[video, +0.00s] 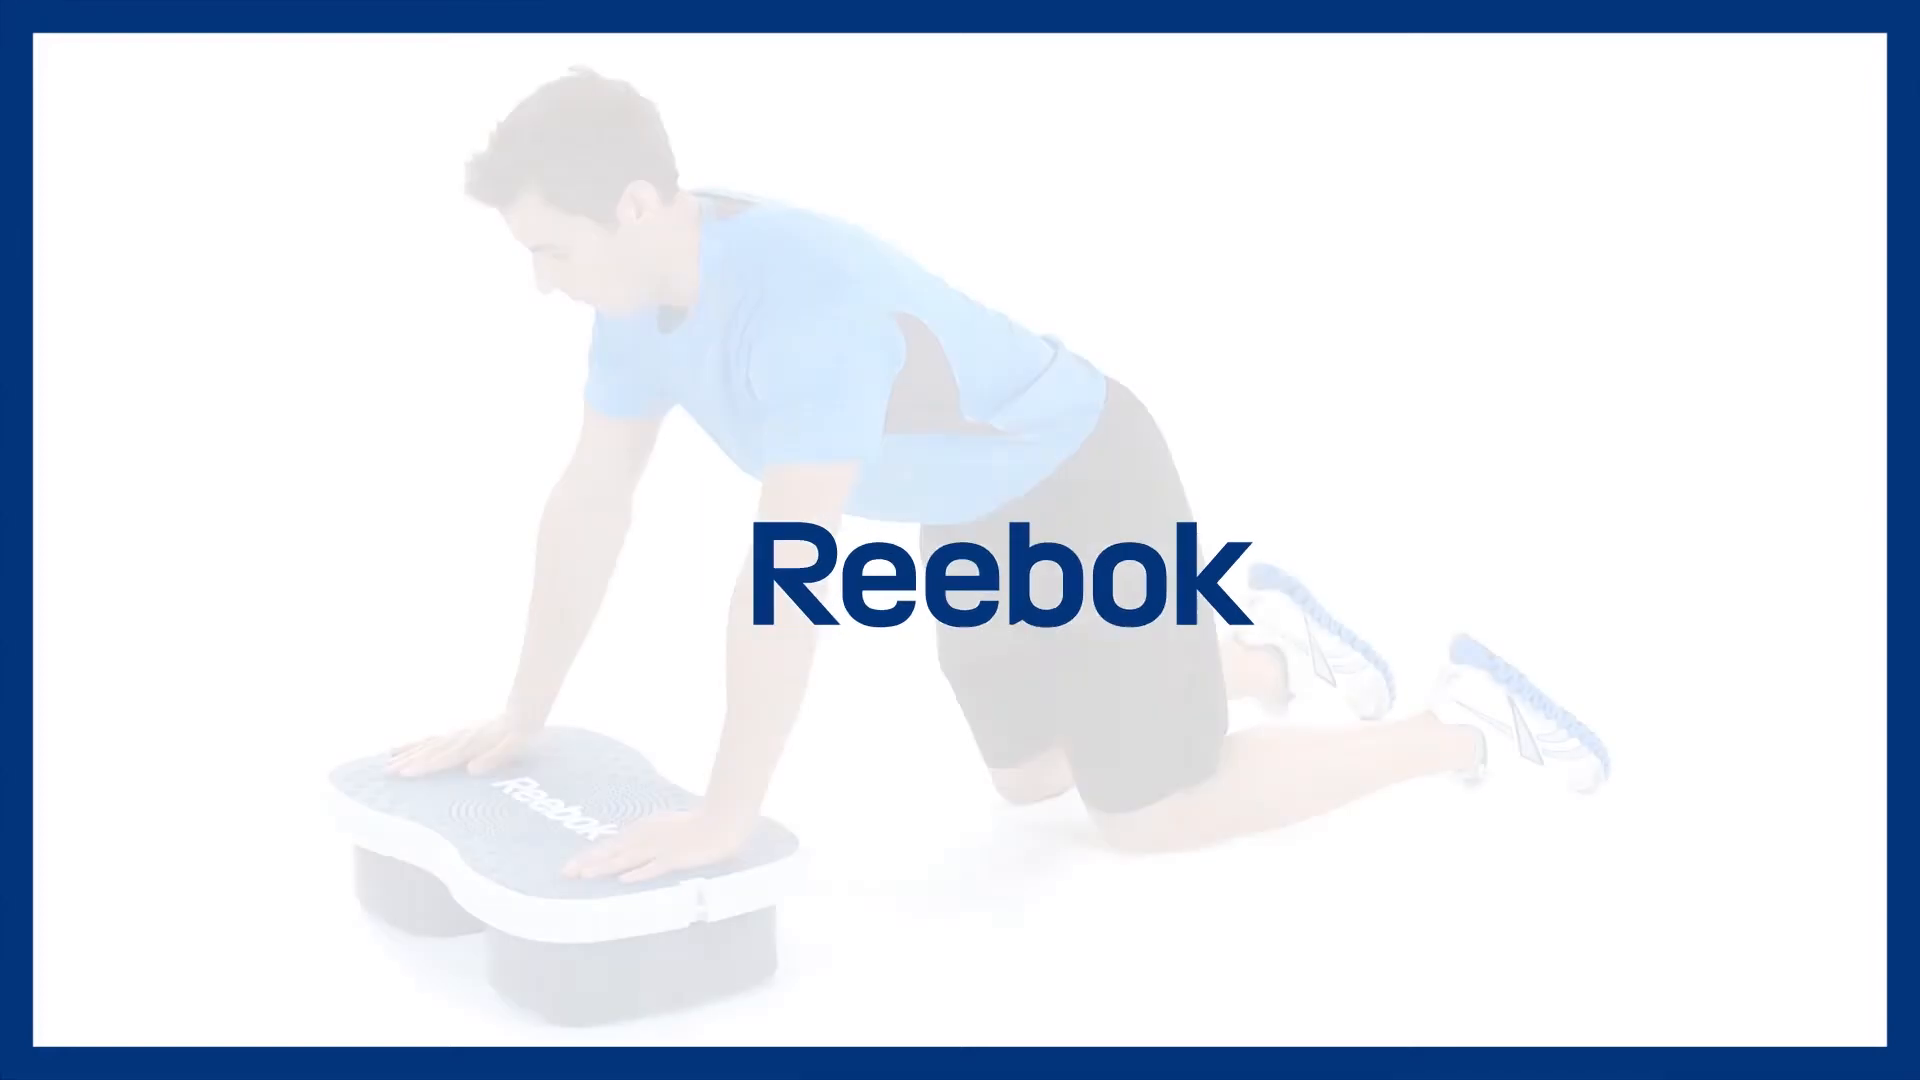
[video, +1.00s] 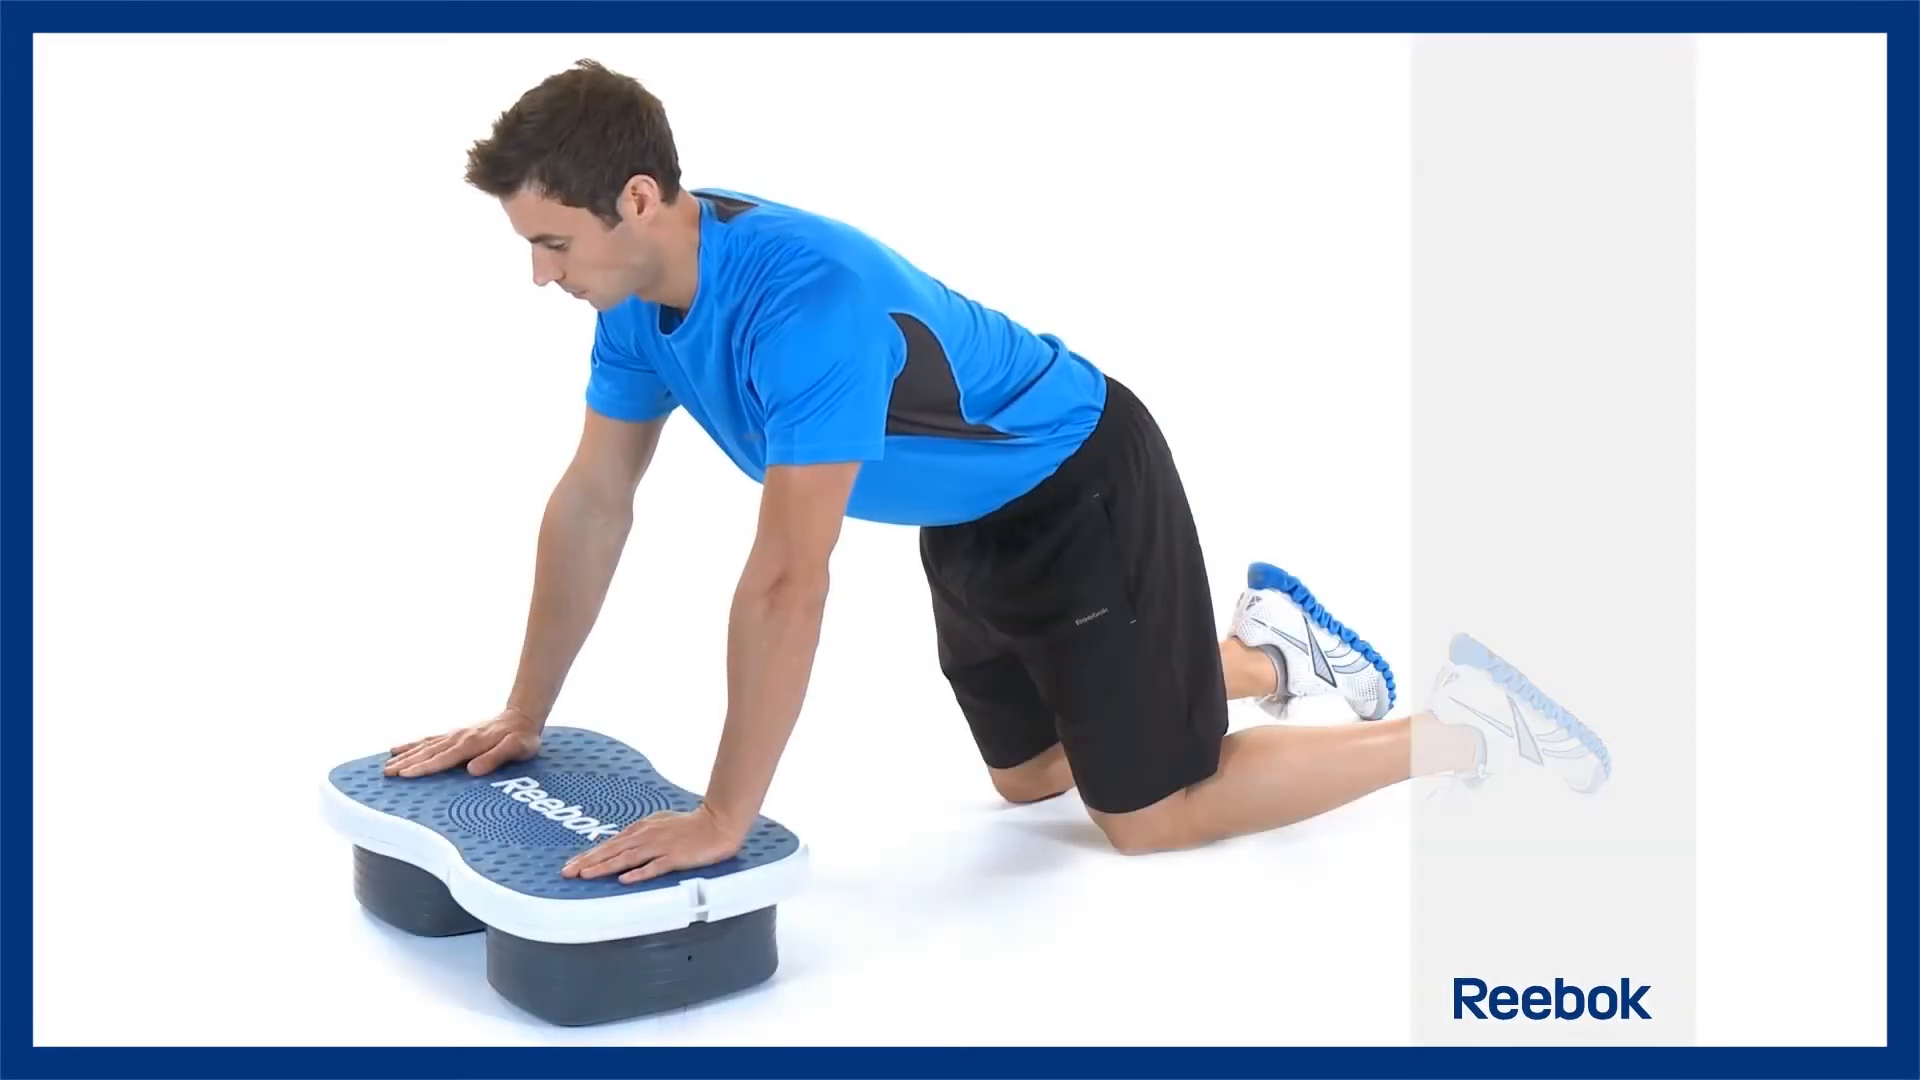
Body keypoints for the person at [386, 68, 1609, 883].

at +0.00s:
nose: (536, 278)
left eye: (545, 247)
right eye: (525, 252)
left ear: (636, 204)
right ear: (612, 214)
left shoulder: (800, 303)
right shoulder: (639, 307)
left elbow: (790, 587)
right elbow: (589, 505)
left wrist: (729, 811)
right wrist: (523, 716)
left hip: (1084, 489)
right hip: (954, 527)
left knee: (1158, 813)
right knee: (1039, 778)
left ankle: (1467, 733)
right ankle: (1277, 666)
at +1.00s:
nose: (538, 273)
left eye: (549, 242)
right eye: (527, 247)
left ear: (640, 200)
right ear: (612, 212)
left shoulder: (804, 302)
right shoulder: (636, 311)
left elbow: (787, 585)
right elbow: (589, 510)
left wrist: (727, 814)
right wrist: (525, 715)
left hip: (1076, 477)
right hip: (958, 517)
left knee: (1154, 807)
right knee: (1039, 777)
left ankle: (1449, 734)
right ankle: (1262, 659)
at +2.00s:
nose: (542, 271)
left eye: (553, 240)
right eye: (530, 244)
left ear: (645, 201)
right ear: (615, 214)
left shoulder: (807, 304)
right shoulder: (631, 304)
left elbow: (787, 587)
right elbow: (588, 508)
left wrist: (729, 811)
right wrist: (525, 714)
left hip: (1082, 483)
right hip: (962, 521)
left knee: (1155, 810)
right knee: (1040, 775)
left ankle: (1451, 735)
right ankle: (1280, 652)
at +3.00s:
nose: (500, 343)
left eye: (504, 314)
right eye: (484, 322)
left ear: (587, 256)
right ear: (567, 262)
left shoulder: (759, 352)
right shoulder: (598, 340)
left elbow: (834, 611)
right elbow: (584, 520)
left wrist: (729, 817)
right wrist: (519, 719)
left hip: (1054, 488)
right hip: (943, 536)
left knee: (1150, 811)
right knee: (1032, 775)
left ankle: (1470, 746)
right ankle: (1267, 665)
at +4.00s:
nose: (329, 811)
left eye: (317, 791)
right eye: (301, 803)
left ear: (365, 713)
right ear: (352, 679)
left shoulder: (571, 673)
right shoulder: (421, 588)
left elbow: (815, 636)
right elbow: (553, 498)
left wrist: (730, 822)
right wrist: (516, 689)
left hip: (915, 600)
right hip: (838, 628)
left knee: (1149, 809)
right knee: (1044, 756)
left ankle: (1470, 750)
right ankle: (1255, 657)